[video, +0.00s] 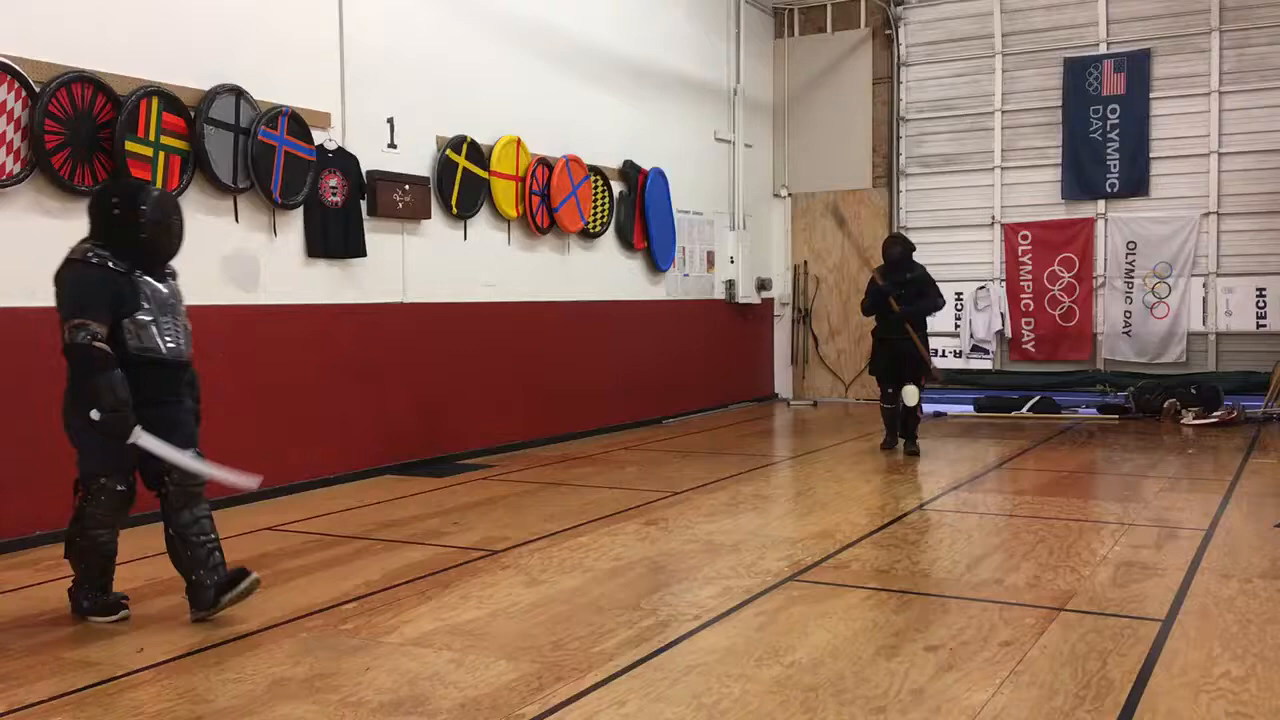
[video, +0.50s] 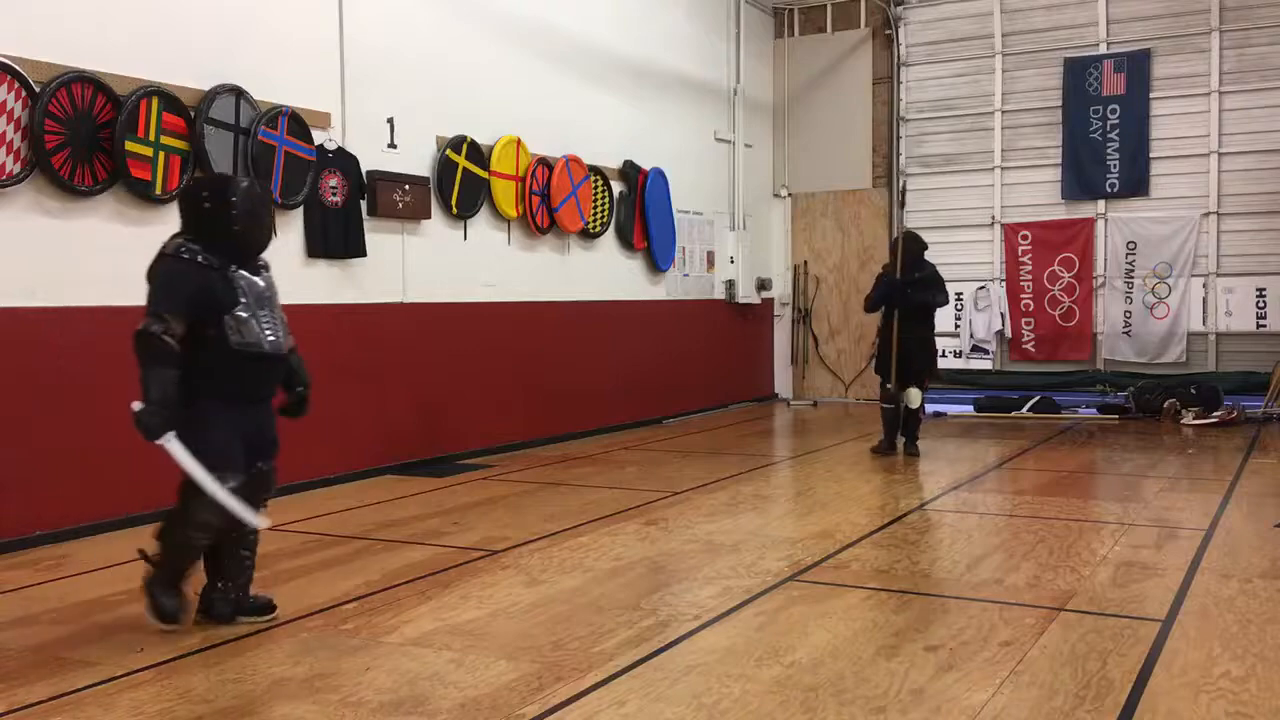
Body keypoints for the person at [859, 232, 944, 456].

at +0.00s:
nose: (895, 264)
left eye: (898, 259)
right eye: (890, 259)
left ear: (907, 254)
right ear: (884, 257)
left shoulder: (918, 273)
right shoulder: (879, 275)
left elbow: (937, 301)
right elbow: (866, 310)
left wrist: (908, 311)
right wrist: (878, 292)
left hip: (914, 340)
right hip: (885, 341)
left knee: (912, 390)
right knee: (888, 390)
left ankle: (911, 439)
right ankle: (890, 435)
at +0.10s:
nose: (895, 259)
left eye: (899, 254)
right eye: (891, 254)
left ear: (910, 253)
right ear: (886, 254)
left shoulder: (920, 272)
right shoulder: (882, 273)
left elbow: (937, 297)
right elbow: (866, 307)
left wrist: (912, 300)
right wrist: (880, 292)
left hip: (915, 340)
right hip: (887, 340)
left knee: (912, 389)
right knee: (887, 389)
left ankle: (911, 438)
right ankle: (890, 433)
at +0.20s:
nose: (895, 253)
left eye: (900, 248)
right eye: (893, 248)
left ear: (912, 250)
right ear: (890, 250)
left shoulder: (923, 270)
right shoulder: (885, 271)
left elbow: (940, 294)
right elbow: (866, 306)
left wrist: (910, 293)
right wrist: (885, 287)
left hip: (915, 340)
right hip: (888, 339)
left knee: (913, 389)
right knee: (886, 387)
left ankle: (911, 439)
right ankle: (892, 429)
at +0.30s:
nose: (900, 255)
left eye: (906, 250)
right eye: (897, 250)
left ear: (915, 250)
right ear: (892, 251)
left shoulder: (926, 271)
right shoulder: (887, 272)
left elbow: (941, 297)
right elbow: (866, 305)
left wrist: (912, 293)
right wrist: (886, 287)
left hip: (918, 340)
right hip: (890, 339)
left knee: (914, 391)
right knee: (887, 389)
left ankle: (911, 440)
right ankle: (893, 432)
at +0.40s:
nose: (904, 255)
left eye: (908, 250)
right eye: (900, 250)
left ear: (917, 251)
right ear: (895, 251)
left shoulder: (927, 271)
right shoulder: (889, 272)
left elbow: (941, 298)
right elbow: (868, 304)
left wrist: (914, 294)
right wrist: (888, 287)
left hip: (919, 340)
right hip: (891, 339)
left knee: (914, 391)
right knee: (889, 389)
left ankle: (911, 441)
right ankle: (891, 438)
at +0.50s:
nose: (897, 256)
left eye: (902, 251)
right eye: (897, 251)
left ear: (914, 252)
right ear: (894, 252)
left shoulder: (928, 272)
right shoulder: (889, 273)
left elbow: (942, 298)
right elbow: (869, 306)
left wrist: (912, 293)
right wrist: (887, 283)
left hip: (919, 341)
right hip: (891, 341)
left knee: (914, 391)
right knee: (889, 390)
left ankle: (911, 441)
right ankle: (889, 440)